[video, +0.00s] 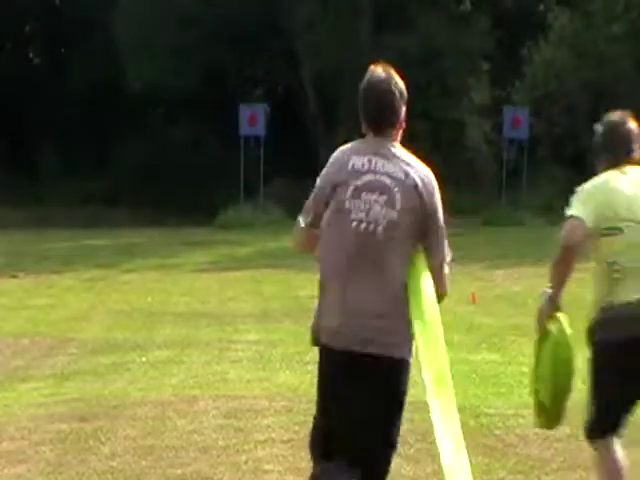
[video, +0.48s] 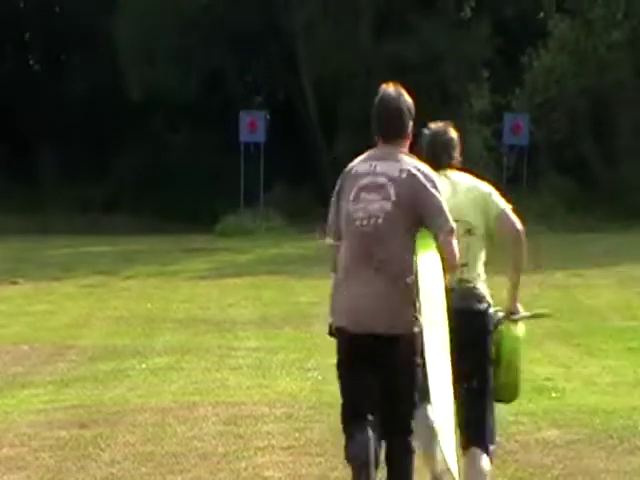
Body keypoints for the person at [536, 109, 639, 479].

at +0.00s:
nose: (595, 152)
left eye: (598, 147)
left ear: (602, 149)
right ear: (636, 147)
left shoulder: (597, 190)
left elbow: (570, 240)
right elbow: (571, 242)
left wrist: (554, 294)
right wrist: (554, 295)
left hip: (623, 318)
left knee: (603, 431)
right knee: (603, 432)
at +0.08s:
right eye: (594, 141)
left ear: (560, 150)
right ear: (597, 144)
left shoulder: (555, 189)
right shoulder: (631, 181)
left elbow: (528, 249)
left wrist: (516, 295)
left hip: (586, 321)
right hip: (633, 315)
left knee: (569, 434)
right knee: (631, 434)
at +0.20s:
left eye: (524, 153)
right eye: (550, 152)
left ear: (520, 156)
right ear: (556, 155)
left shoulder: (507, 195)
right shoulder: (580, 190)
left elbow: (474, 234)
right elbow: (619, 229)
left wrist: (469, 292)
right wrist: (619, 299)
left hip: (539, 315)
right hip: (586, 310)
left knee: (535, 404)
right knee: (572, 389)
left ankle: (535, 468)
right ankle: (563, 442)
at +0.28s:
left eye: (508, 145)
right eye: (532, 145)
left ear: (501, 147)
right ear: (536, 148)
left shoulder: (481, 183)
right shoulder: (555, 184)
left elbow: (454, 224)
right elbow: (589, 231)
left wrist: (445, 276)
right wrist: (585, 295)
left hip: (495, 302)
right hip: (542, 299)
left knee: (518, 401)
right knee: (523, 396)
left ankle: (537, 468)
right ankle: (521, 468)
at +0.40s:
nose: (485, 165)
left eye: (468, 159)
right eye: (490, 159)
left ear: (460, 161)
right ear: (494, 161)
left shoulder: (442, 194)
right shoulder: (514, 198)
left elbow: (425, 243)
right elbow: (550, 240)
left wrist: (425, 283)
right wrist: (542, 306)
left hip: (451, 299)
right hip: (496, 302)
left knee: (459, 395)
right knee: (491, 400)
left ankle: (470, 462)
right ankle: (489, 464)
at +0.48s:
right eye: (455, 152)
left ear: (423, 155)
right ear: (458, 154)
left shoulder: (411, 190)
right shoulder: (479, 190)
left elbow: (394, 246)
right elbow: (516, 230)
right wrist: (513, 297)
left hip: (423, 303)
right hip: (470, 301)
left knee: (423, 389)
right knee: (475, 386)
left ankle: (435, 466)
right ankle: (477, 460)